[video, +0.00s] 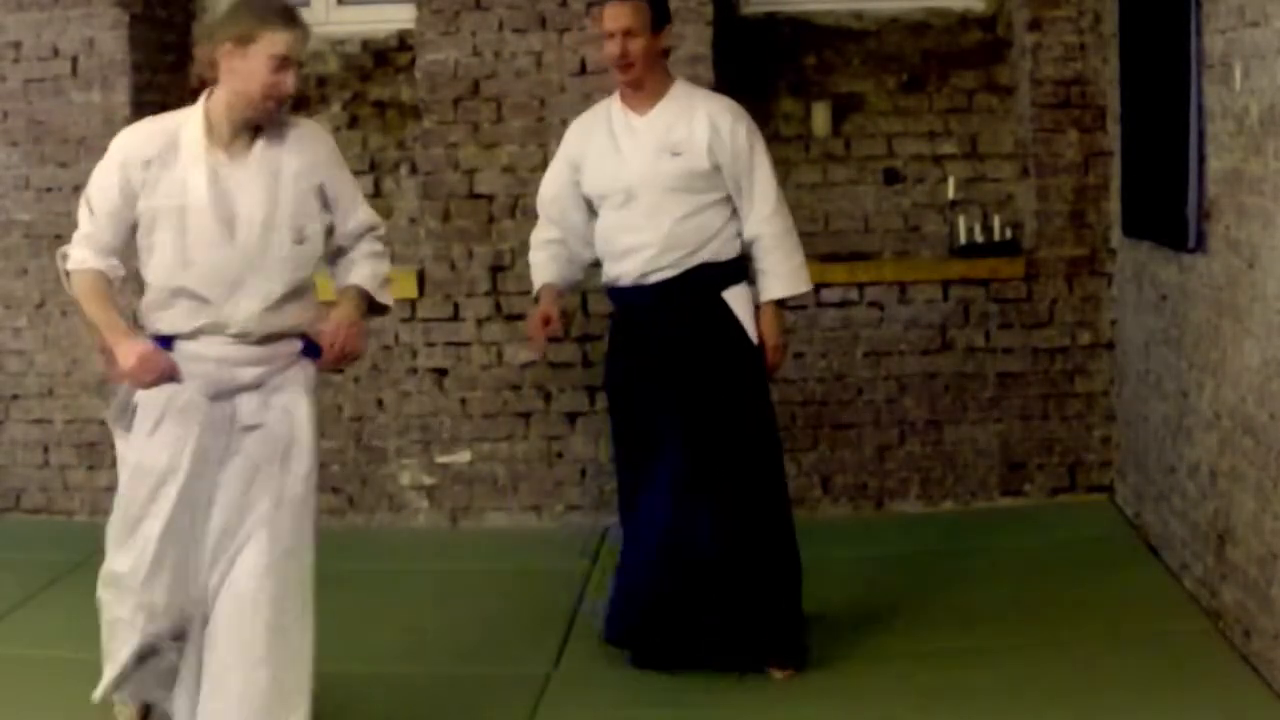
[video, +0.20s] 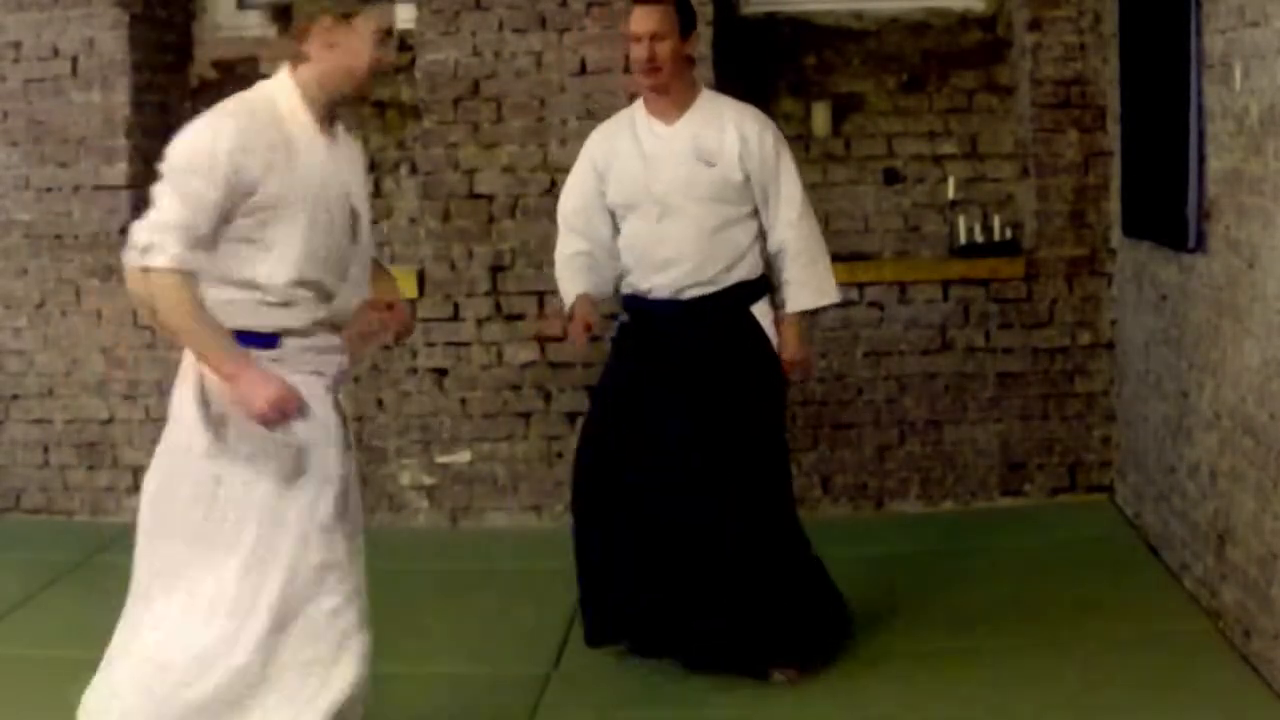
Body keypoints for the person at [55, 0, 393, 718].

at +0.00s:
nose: (289, 83)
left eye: (295, 68)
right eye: (277, 64)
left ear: (295, 75)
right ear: (223, 57)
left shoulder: (310, 148)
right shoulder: (141, 149)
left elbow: (366, 243)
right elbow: (85, 257)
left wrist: (353, 306)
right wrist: (122, 340)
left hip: (277, 389)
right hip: (172, 387)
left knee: (263, 579)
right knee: (151, 571)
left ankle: (249, 710)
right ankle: (140, 703)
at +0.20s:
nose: (388, 56)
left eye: (390, 40)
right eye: (379, 36)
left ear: (333, 39)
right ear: (321, 35)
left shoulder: (345, 149)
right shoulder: (227, 133)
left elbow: (324, 285)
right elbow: (150, 267)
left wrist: (366, 318)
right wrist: (238, 371)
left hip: (315, 392)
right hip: (232, 391)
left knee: (315, 594)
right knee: (217, 597)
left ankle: (301, 708)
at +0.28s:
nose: (427, 59)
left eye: (427, 42)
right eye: (418, 40)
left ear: (371, 41)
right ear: (364, 39)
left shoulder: (344, 131)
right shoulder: (292, 132)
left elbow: (304, 265)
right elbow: (231, 287)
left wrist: (379, 308)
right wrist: (306, 414)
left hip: (328, 387)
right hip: (271, 390)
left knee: (338, 596)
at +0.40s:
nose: (490, 74)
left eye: (487, 54)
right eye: (482, 53)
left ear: (411, 54)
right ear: (448, 53)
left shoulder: (335, 127)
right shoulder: (423, 162)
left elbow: (272, 251)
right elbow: (386, 339)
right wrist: (432, 472)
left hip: (280, 396)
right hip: (346, 411)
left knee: (295, 606)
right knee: (412, 612)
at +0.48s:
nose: (529, 85)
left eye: (528, 67)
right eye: (525, 66)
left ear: (444, 62)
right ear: (500, 64)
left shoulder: (366, 135)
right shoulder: (488, 157)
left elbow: (281, 259)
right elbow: (477, 338)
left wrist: (360, 307)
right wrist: (508, 493)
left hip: (315, 411)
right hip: (402, 424)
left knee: (332, 624)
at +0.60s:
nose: (568, 55)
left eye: (565, 39)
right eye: (566, 39)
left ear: (484, 41)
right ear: (550, 41)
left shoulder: (392, 121)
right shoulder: (550, 144)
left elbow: (301, 245)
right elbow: (573, 335)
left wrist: (377, 332)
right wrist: (614, 475)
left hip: (353, 409)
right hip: (465, 420)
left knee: (330, 655)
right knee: (537, 666)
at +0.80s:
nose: (579, 32)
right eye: (575, 20)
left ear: (481, 22)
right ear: (554, 22)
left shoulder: (393, 103)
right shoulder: (598, 121)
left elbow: (294, 227)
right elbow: (675, 297)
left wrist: (411, 250)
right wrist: (695, 403)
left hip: (407, 410)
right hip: (546, 411)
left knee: (411, 677)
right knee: (615, 673)